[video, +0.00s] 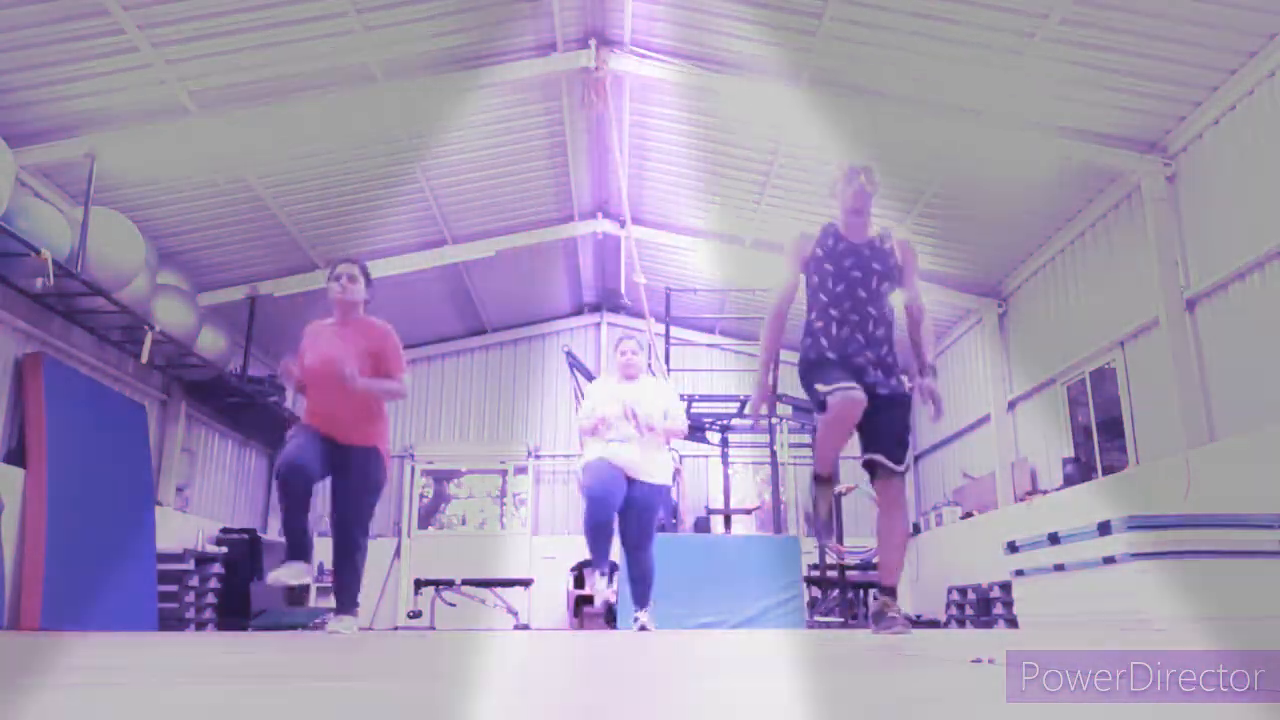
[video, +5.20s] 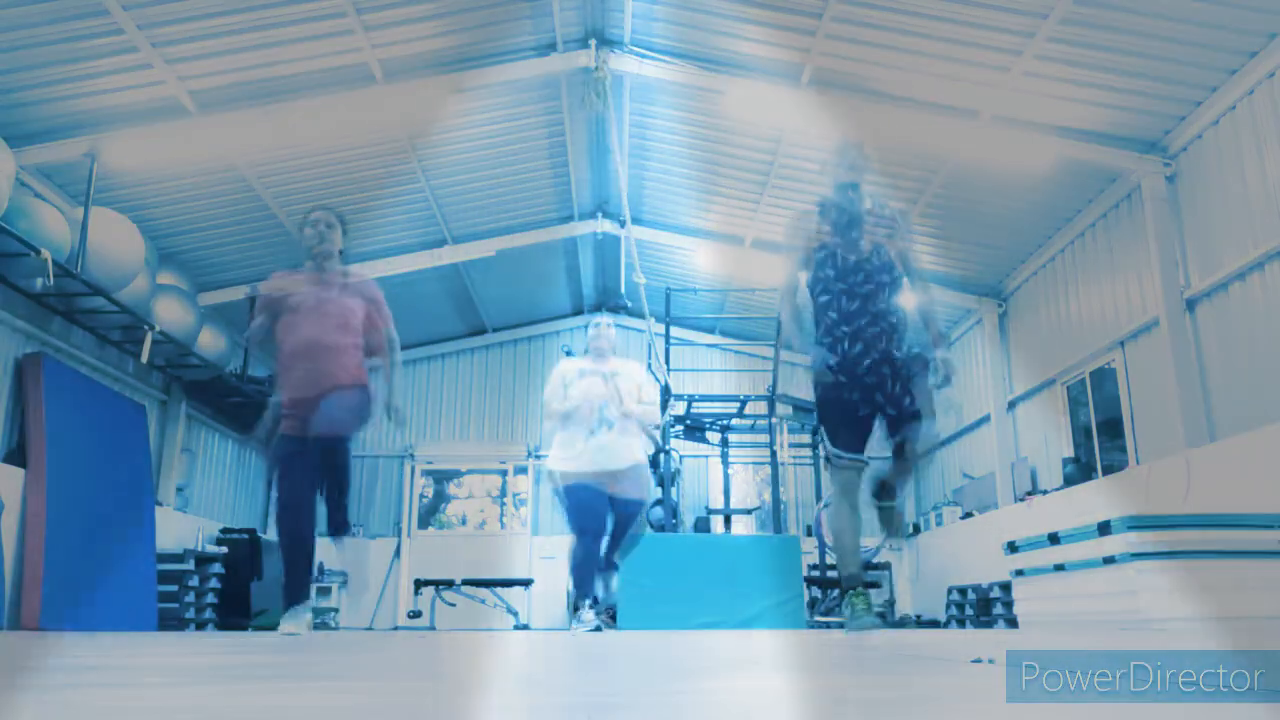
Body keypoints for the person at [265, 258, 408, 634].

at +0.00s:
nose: (343, 285)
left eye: (352, 279)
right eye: (337, 279)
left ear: (366, 290)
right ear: (327, 289)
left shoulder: (381, 333)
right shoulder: (314, 331)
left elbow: (400, 387)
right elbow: (308, 387)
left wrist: (360, 383)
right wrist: (294, 378)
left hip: (362, 441)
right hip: (317, 432)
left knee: (350, 531)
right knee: (291, 469)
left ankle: (346, 611)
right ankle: (299, 561)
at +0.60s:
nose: (330, 272)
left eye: (338, 267)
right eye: (323, 267)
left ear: (352, 278)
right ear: (314, 278)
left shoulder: (375, 319)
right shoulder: (296, 323)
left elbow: (397, 368)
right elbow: (274, 376)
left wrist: (388, 371)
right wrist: (299, 367)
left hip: (364, 421)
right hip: (315, 426)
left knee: (365, 461)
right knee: (317, 516)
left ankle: (358, 551)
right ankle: (316, 606)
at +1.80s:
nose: (344, 296)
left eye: (352, 291)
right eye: (339, 291)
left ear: (367, 301)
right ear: (330, 302)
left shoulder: (388, 339)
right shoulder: (320, 345)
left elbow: (417, 382)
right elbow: (312, 399)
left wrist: (397, 392)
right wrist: (306, 392)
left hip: (376, 448)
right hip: (330, 443)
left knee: (370, 526)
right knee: (321, 511)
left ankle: (371, 609)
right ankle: (317, 601)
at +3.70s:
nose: (350, 285)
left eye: (358, 280)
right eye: (344, 280)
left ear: (371, 291)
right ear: (334, 290)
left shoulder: (392, 330)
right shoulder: (319, 332)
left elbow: (413, 376)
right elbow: (304, 384)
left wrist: (397, 385)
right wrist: (320, 377)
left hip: (382, 430)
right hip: (336, 436)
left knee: (370, 480)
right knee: (336, 518)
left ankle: (378, 550)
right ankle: (338, 605)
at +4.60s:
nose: (349, 270)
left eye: (358, 266)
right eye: (343, 265)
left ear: (373, 278)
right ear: (335, 276)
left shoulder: (387, 321)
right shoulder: (324, 322)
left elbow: (407, 378)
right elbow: (318, 382)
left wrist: (351, 365)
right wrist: (295, 415)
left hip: (364, 435)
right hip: (320, 429)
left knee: (356, 528)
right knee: (289, 464)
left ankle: (354, 611)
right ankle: (302, 552)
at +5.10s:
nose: (317, 250)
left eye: (326, 244)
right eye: (311, 244)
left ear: (341, 256)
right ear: (301, 255)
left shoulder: (361, 303)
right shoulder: (281, 308)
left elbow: (388, 363)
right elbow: (262, 366)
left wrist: (383, 419)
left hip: (347, 427)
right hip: (294, 431)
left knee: (341, 501)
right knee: (291, 527)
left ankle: (349, 559)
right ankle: (298, 612)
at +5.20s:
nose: (320, 233)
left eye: (328, 227)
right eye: (312, 227)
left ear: (342, 238)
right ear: (301, 237)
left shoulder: (363, 287)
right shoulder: (280, 283)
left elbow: (389, 348)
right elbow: (254, 343)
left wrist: (390, 398)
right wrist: (268, 312)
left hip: (344, 392)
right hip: (294, 401)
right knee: (292, 509)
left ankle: (339, 531)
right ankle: (296, 606)